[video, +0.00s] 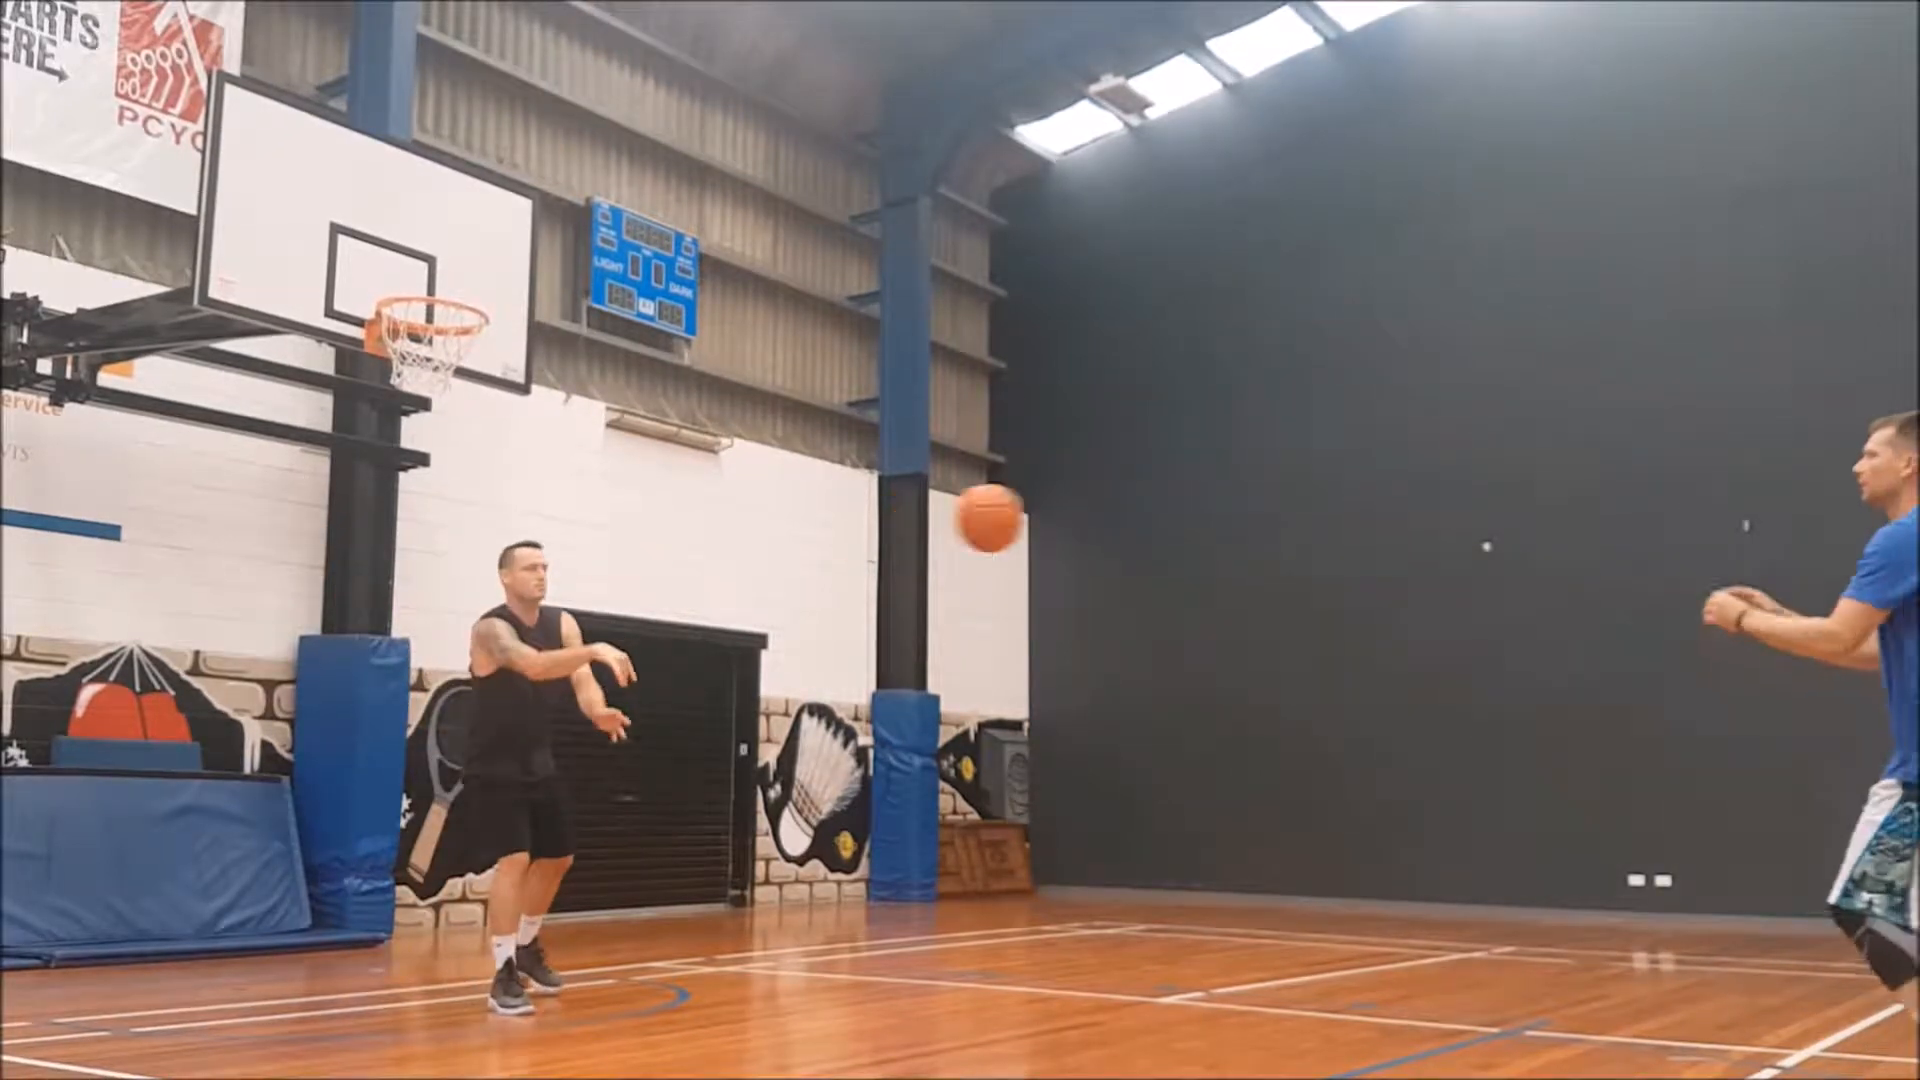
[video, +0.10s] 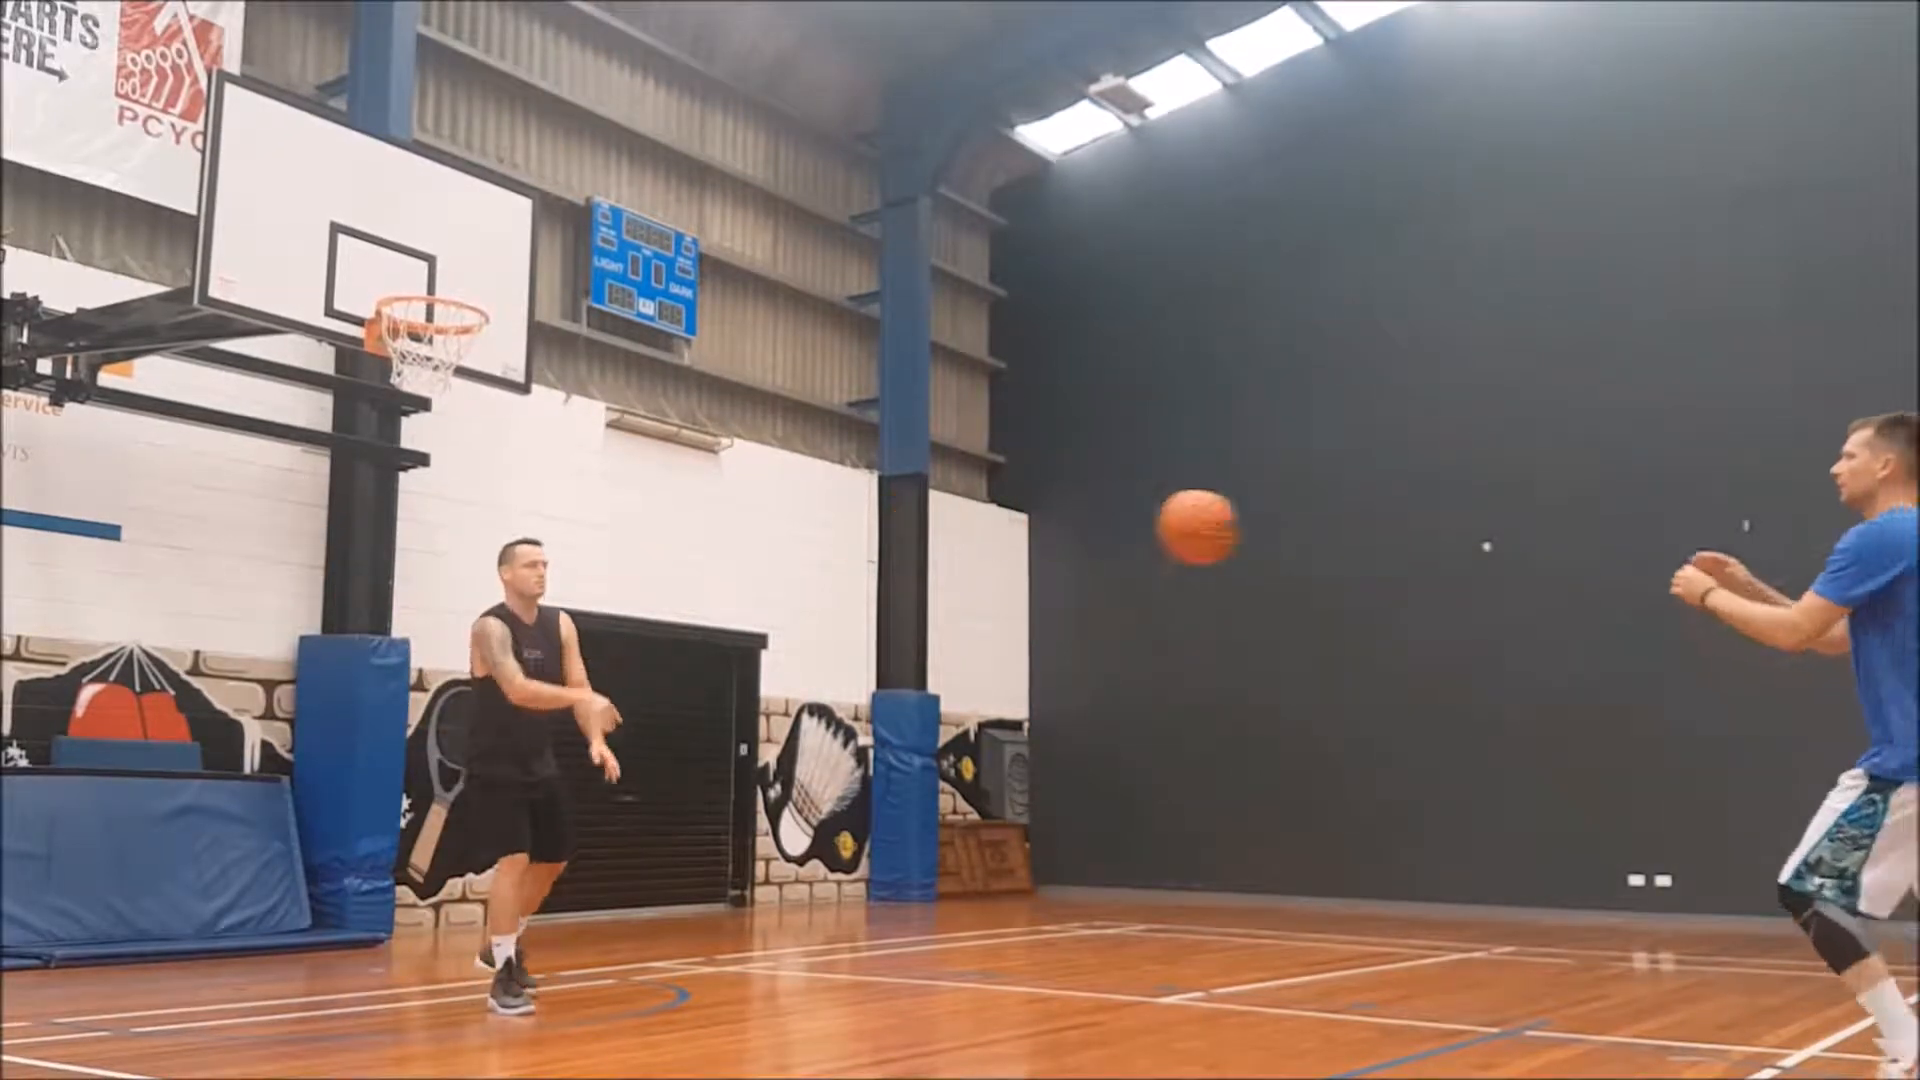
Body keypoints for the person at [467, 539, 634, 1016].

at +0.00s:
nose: (541, 576)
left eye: (543, 569)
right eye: (530, 569)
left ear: (547, 575)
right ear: (505, 578)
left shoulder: (563, 624)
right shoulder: (491, 629)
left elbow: (582, 678)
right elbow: (533, 666)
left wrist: (598, 711)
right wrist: (593, 652)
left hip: (539, 767)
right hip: (495, 769)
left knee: (557, 855)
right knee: (514, 857)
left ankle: (524, 946)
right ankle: (504, 974)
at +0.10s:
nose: (541, 573)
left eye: (543, 566)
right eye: (530, 566)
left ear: (546, 574)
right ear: (505, 575)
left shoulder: (561, 624)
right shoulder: (490, 628)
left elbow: (580, 688)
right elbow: (517, 689)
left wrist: (596, 739)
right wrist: (583, 699)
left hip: (542, 765)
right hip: (497, 767)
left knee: (553, 858)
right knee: (514, 856)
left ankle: (501, 937)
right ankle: (506, 971)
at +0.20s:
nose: (541, 573)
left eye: (543, 566)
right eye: (531, 566)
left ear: (545, 575)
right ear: (504, 574)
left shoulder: (558, 626)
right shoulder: (488, 631)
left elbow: (570, 696)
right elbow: (494, 709)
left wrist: (586, 759)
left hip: (545, 764)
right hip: (500, 765)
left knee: (541, 867)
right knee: (515, 860)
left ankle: (494, 950)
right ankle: (506, 972)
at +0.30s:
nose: (539, 576)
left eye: (542, 569)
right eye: (529, 569)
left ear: (546, 578)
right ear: (504, 577)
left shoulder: (556, 632)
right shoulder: (486, 635)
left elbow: (562, 703)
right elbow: (470, 710)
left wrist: (571, 766)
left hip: (539, 770)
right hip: (497, 769)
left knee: (522, 866)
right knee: (516, 859)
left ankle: (487, 960)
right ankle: (506, 972)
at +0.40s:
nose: (539, 578)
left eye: (543, 572)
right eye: (530, 571)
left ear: (546, 581)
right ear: (505, 579)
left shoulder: (556, 636)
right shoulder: (479, 636)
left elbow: (558, 705)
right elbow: (441, 702)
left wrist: (560, 768)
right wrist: (413, 767)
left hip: (531, 770)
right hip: (485, 768)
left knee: (510, 864)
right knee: (507, 861)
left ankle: (483, 962)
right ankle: (503, 969)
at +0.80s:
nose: (522, 581)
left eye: (528, 577)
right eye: (514, 574)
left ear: (533, 588)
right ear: (493, 582)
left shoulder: (546, 642)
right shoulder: (460, 633)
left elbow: (559, 707)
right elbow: (424, 691)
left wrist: (571, 765)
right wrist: (396, 747)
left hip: (523, 774)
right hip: (466, 772)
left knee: (503, 866)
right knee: (452, 862)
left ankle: (484, 965)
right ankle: (435, 942)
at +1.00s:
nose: (505, 588)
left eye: (512, 584)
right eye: (498, 581)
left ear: (517, 595)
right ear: (479, 589)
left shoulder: (534, 644)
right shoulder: (449, 640)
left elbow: (550, 699)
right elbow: (436, 703)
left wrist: (564, 737)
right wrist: (459, 750)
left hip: (511, 774)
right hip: (453, 770)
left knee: (498, 867)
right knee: (439, 863)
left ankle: (485, 963)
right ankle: (441, 934)